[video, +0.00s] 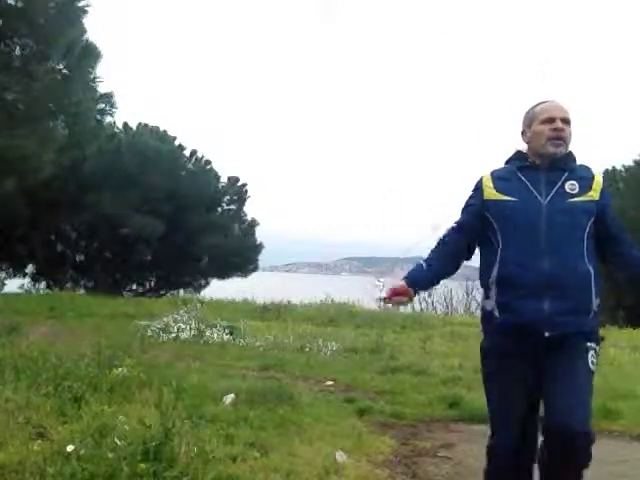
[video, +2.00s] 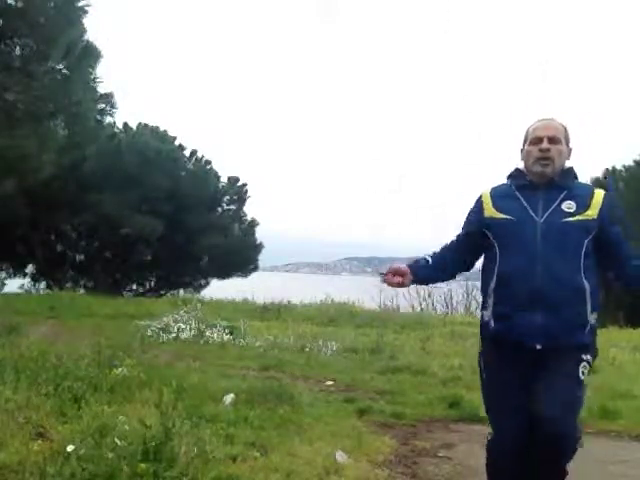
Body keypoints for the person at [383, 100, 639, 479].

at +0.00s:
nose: (559, 127)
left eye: (565, 122)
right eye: (548, 122)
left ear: (573, 133)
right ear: (526, 134)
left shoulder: (591, 186)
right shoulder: (493, 185)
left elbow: (621, 251)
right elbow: (456, 244)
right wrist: (413, 283)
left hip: (572, 333)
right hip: (508, 333)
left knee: (572, 437)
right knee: (509, 445)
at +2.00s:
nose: (544, 147)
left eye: (553, 142)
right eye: (536, 142)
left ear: (568, 153)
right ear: (523, 152)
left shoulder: (596, 203)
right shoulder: (492, 202)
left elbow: (626, 266)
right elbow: (458, 255)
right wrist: (412, 272)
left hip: (566, 345)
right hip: (503, 344)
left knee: (556, 435)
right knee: (508, 440)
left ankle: (547, 473)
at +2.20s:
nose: (553, 128)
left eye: (562, 122)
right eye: (545, 122)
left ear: (576, 135)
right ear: (531, 132)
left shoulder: (597, 187)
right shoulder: (496, 183)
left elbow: (627, 256)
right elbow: (458, 242)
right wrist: (416, 276)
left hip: (570, 330)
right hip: (506, 327)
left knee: (556, 427)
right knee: (508, 431)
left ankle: (555, 473)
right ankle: (508, 477)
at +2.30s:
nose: (558, 130)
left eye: (567, 125)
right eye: (550, 124)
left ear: (581, 138)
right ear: (535, 134)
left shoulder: (603, 188)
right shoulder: (499, 184)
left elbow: (630, 252)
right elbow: (460, 239)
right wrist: (412, 265)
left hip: (571, 332)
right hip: (507, 329)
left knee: (557, 430)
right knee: (508, 427)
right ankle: (518, 476)